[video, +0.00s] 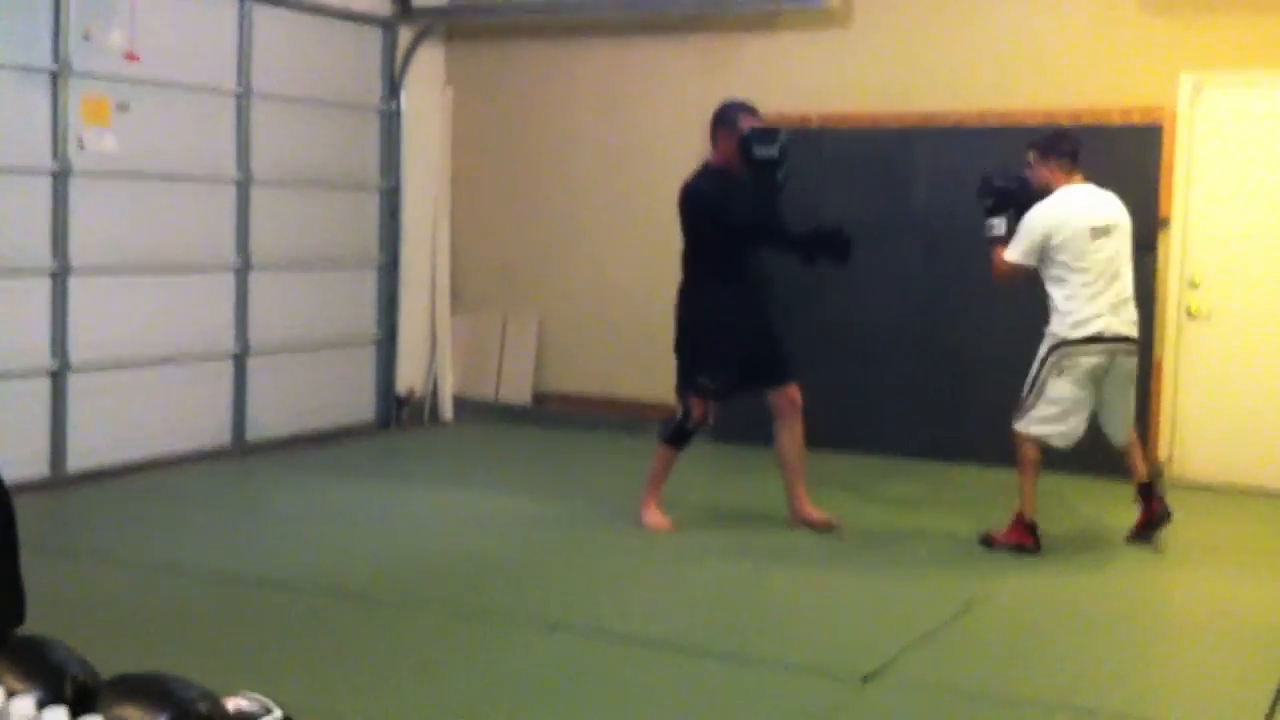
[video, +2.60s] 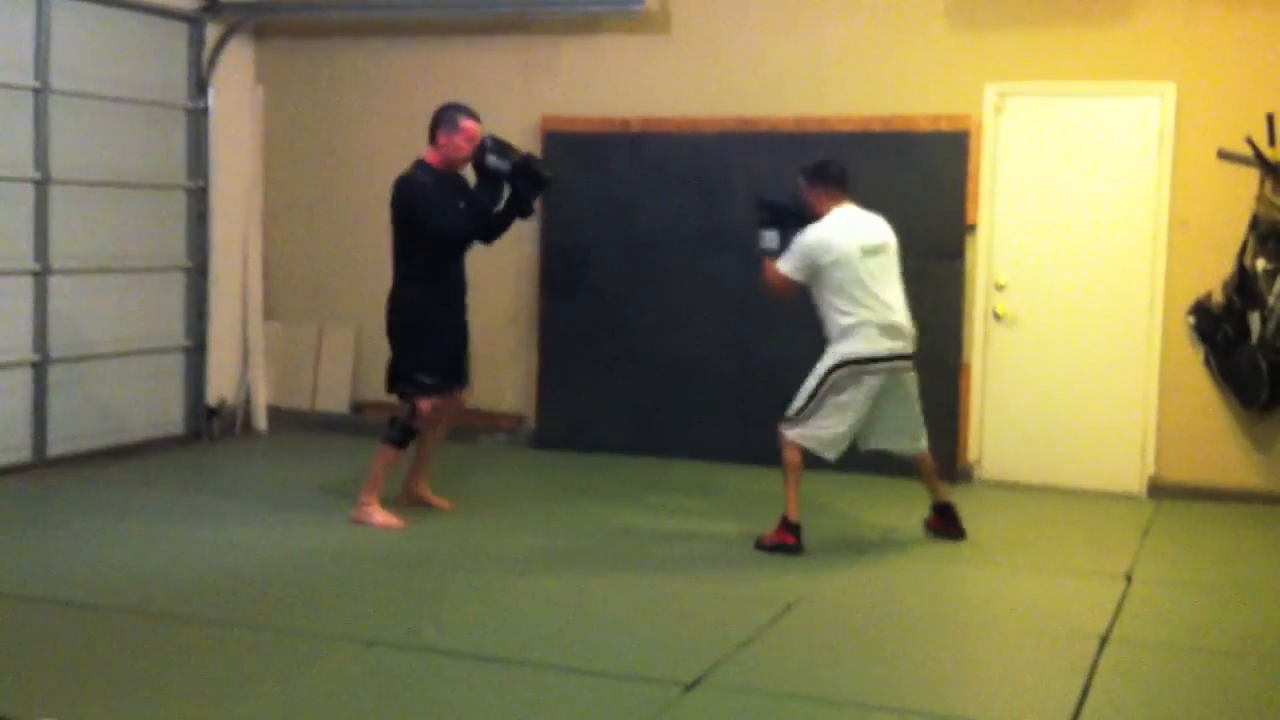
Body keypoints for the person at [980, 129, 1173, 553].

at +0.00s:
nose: (1032, 174)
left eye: (1034, 166)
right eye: (1032, 166)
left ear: (1049, 165)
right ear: (1072, 162)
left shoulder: (1046, 212)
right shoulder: (1115, 204)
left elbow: (1004, 268)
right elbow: (1084, 249)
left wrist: (997, 225)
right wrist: (1036, 208)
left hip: (1074, 338)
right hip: (1124, 338)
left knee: (1029, 428)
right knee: (1122, 426)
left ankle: (1025, 523)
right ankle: (1151, 499)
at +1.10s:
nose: (979, 183)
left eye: (982, 175)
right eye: (979, 175)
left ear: (997, 174)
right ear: (1022, 173)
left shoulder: (1000, 217)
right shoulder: (1054, 214)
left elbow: (974, 277)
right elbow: (1029, 267)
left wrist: (954, 246)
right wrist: (983, 227)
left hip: (1016, 339)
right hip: (1060, 337)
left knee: (959, 420)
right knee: (1069, 430)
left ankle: (952, 514)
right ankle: (1096, 510)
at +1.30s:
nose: (936, 197)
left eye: (941, 189)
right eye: (937, 189)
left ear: (962, 189)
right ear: (975, 190)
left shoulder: (957, 225)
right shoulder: (997, 228)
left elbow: (930, 271)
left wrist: (910, 245)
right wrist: (927, 246)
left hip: (965, 343)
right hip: (1012, 342)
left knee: (895, 412)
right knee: (1035, 429)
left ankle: (897, 499)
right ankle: (1057, 505)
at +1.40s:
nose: (911, 215)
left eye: (912, 209)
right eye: (911, 209)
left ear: (922, 206)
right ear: (949, 205)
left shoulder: (923, 233)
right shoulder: (976, 241)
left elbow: (875, 242)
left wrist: (850, 220)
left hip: (945, 362)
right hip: (995, 361)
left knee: (865, 421)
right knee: (1023, 433)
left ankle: (852, 506)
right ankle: (1048, 508)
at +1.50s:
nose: (855, 235)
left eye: (856, 227)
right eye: (853, 229)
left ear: (872, 220)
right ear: (889, 219)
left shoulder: (882, 249)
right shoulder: (919, 255)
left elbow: (811, 253)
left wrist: (789, 203)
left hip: (922, 380)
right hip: (953, 374)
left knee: (836, 429)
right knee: (964, 446)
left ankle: (817, 520)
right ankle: (1028, 499)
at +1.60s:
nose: (816, 251)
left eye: (818, 241)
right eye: (814, 244)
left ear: (838, 234)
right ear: (843, 233)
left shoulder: (870, 263)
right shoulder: (864, 261)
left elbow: (823, 307)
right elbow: (827, 294)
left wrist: (796, 276)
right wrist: (803, 273)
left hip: (907, 378)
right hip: (914, 376)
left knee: (815, 426)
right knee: (927, 453)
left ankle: (803, 520)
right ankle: (1005, 490)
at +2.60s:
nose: (807, 200)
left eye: (807, 193)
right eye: (807, 193)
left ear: (814, 192)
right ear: (844, 188)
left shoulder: (818, 236)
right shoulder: (882, 226)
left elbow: (778, 281)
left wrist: (768, 251)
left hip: (853, 355)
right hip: (901, 355)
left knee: (792, 432)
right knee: (916, 441)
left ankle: (790, 526)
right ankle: (945, 513)